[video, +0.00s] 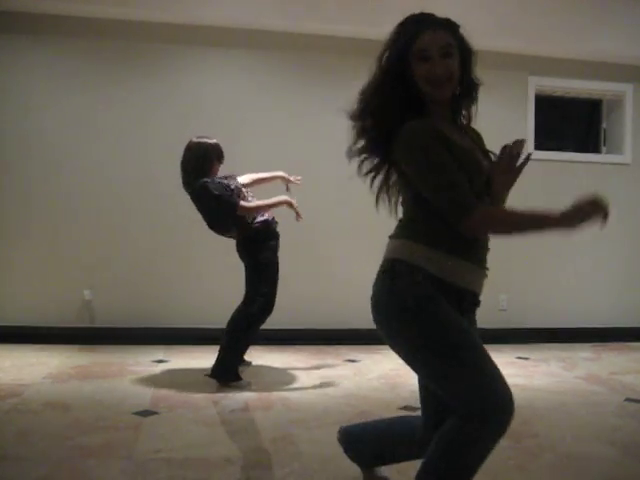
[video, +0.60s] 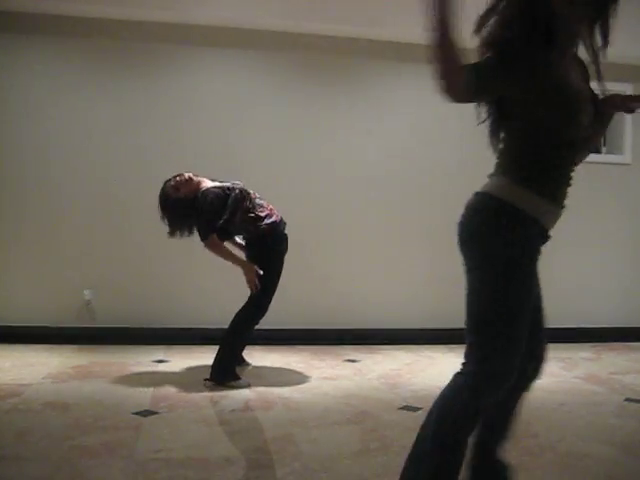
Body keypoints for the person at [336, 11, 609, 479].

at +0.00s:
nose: (439, 68)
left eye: (447, 54)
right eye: (424, 59)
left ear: (461, 62)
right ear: (407, 71)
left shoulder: (465, 135)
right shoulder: (416, 135)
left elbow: (476, 218)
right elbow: (474, 219)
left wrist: (499, 186)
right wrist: (561, 220)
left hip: (453, 296)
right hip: (412, 293)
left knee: (441, 433)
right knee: (489, 407)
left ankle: (359, 442)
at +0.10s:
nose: (446, 78)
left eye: (456, 65)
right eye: (431, 67)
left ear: (471, 72)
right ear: (412, 78)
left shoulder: (473, 139)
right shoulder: (421, 141)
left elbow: (500, 225)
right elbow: (466, 238)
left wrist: (510, 178)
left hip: (457, 301)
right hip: (420, 295)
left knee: (438, 438)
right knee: (499, 414)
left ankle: (358, 443)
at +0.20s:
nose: (458, 77)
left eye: (468, 63)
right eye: (444, 67)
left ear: (483, 67)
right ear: (426, 76)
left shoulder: (493, 134)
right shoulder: (429, 139)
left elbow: (533, 210)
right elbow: (449, 241)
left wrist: (526, 164)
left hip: (468, 295)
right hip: (424, 289)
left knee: (441, 428)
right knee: (504, 413)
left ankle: (356, 443)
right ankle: (437, 477)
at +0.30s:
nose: (478, 53)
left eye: (487, 39)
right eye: (463, 44)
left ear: (505, 44)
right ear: (447, 52)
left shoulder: (519, 117)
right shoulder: (446, 111)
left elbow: (558, 196)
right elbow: (423, 197)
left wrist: (545, 158)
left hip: (479, 283)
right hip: (436, 273)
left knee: (451, 411)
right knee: (498, 407)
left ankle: (362, 443)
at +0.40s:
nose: (508, 22)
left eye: (516, 7)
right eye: (492, 13)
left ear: (534, 11)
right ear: (477, 23)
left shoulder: (544, 91)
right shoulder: (473, 82)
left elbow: (569, 177)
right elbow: (412, 143)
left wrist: (572, 136)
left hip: (492, 264)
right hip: (455, 255)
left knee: (461, 383)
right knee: (495, 398)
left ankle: (378, 436)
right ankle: (434, 478)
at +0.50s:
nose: (543, 14)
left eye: (551, 7)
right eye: (532, 6)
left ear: (563, 11)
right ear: (515, 10)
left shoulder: (566, 71)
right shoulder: (499, 62)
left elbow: (576, 162)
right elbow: (414, 102)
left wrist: (593, 116)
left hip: (503, 239)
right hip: (476, 232)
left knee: (485, 366)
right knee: (491, 381)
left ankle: (411, 443)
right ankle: (428, 472)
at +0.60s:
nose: (594, 20)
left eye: (595, 13)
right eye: (588, 10)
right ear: (564, 6)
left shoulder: (572, 64)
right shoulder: (526, 52)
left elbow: (567, 137)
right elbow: (458, 84)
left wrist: (607, 106)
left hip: (520, 231)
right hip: (497, 226)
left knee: (526, 357)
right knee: (490, 364)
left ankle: (484, 463)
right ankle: (424, 471)